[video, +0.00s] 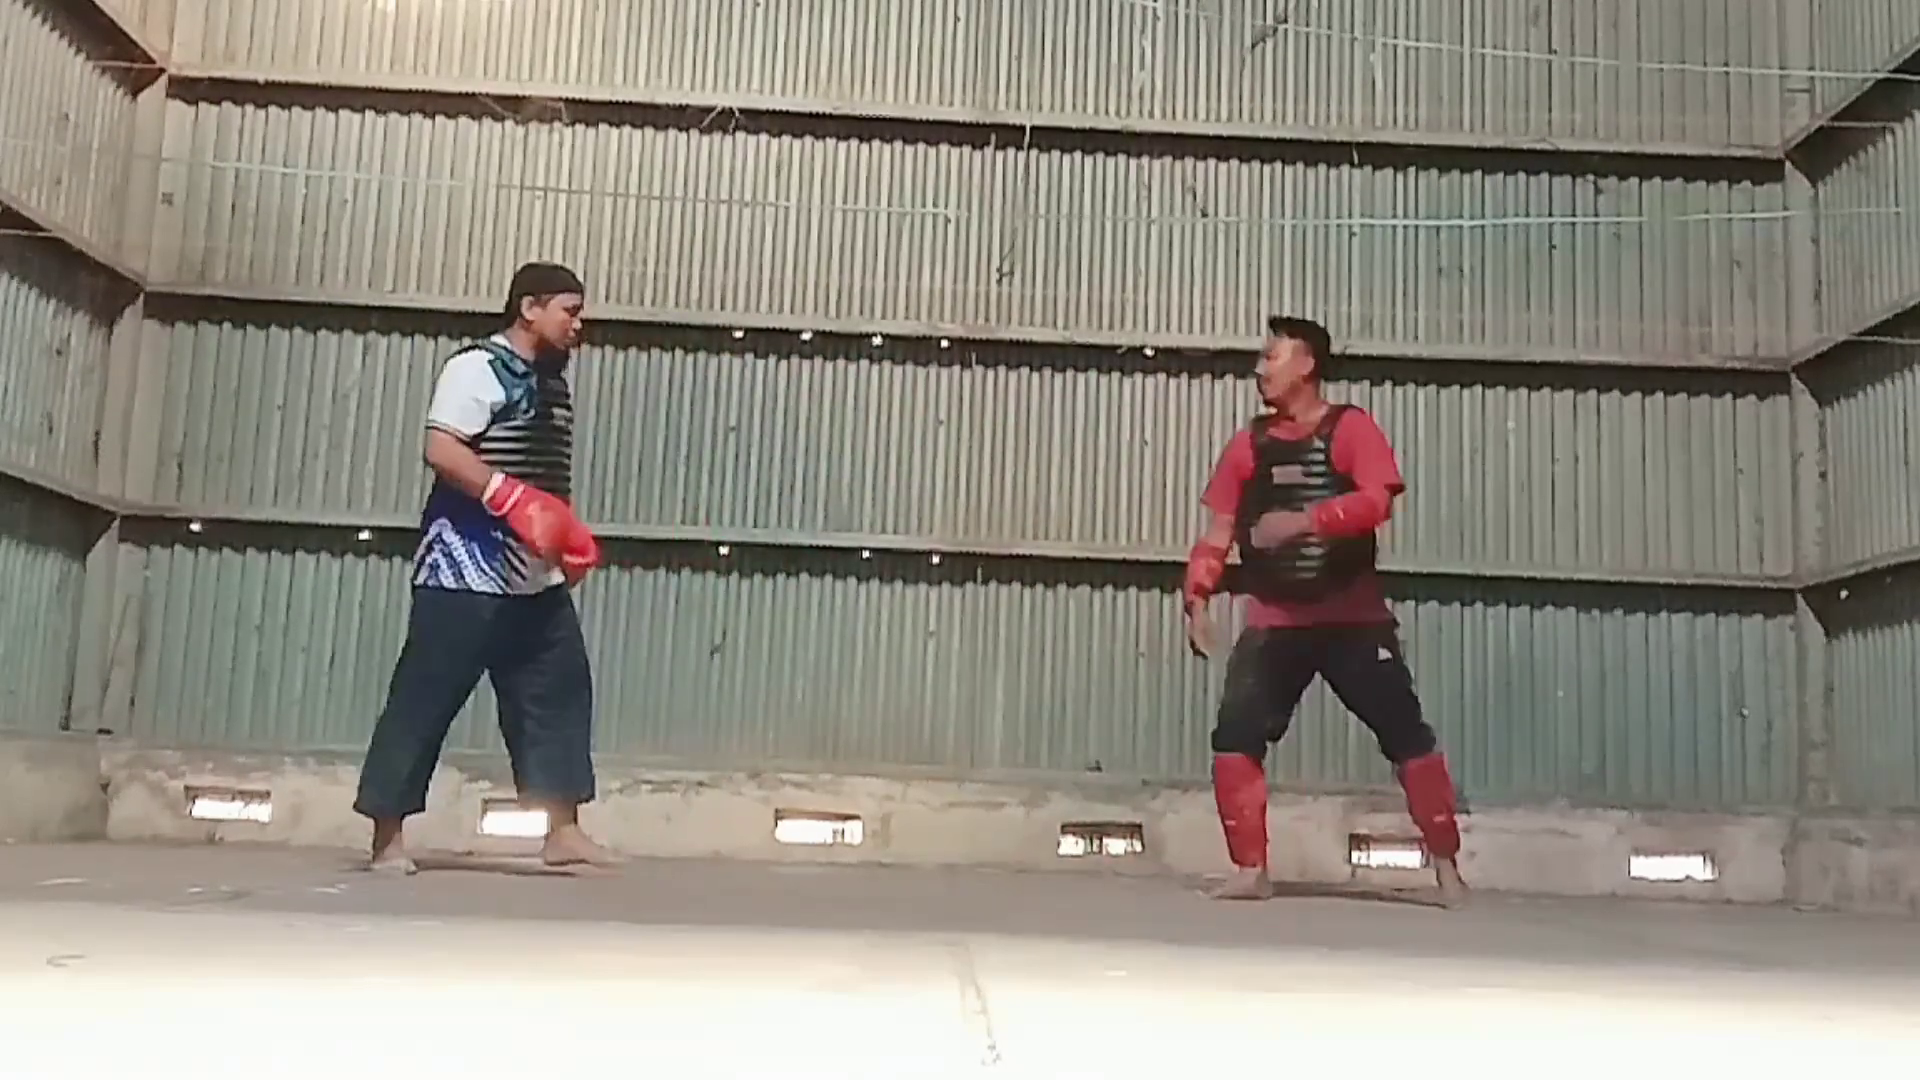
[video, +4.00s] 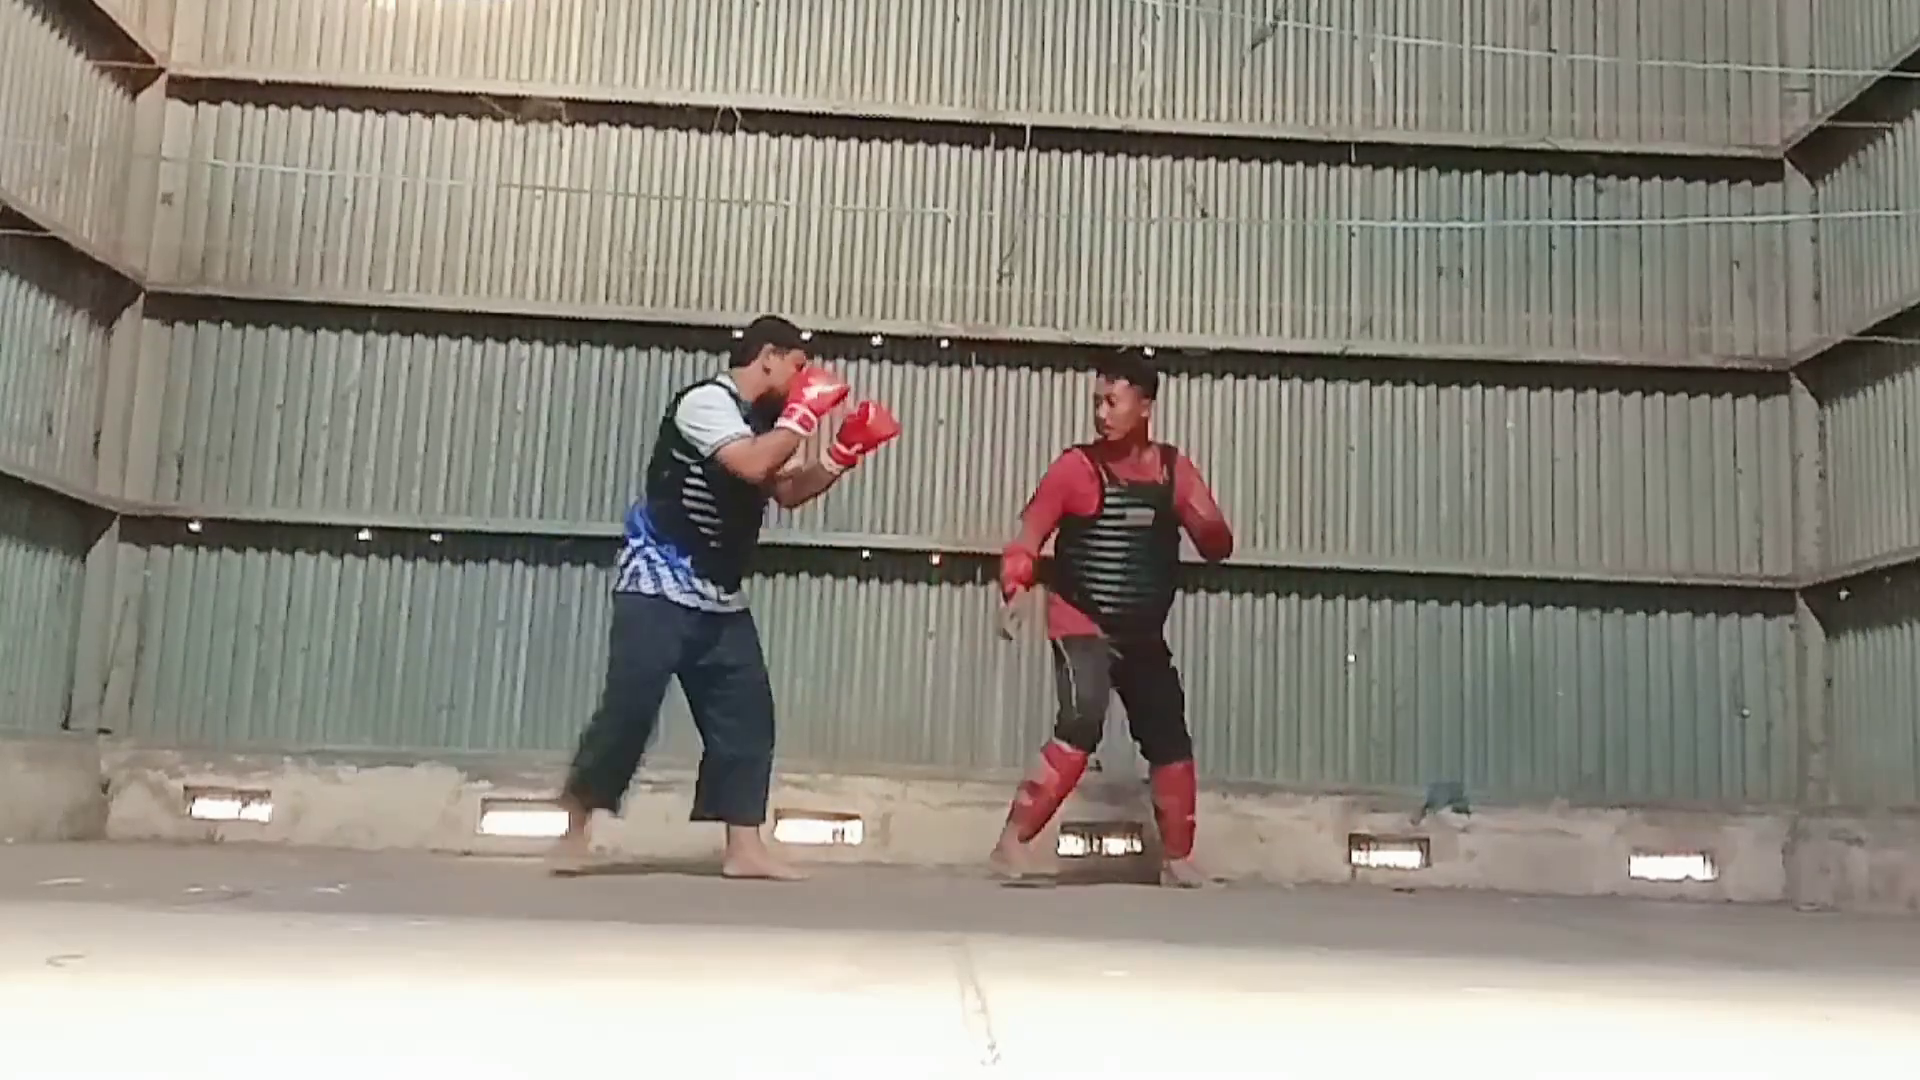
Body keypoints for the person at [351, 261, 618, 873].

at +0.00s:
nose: (579, 324)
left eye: (581, 313)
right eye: (570, 310)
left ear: (543, 313)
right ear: (530, 308)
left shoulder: (555, 383)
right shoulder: (475, 369)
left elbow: (540, 476)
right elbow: (442, 448)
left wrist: (561, 535)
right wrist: (513, 499)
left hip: (534, 579)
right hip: (462, 576)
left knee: (558, 693)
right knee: (424, 700)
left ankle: (564, 833)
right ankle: (387, 840)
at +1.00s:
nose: (701, 347)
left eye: (704, 337)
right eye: (696, 335)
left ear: (672, 333)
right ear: (658, 327)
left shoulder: (668, 396)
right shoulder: (604, 384)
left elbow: (679, 469)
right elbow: (649, 453)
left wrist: (724, 422)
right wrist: (700, 401)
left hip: (650, 577)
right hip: (582, 571)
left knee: (695, 691)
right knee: (571, 696)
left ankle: (690, 839)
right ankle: (532, 844)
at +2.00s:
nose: (776, 370)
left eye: (780, 360)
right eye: (771, 357)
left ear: (746, 355)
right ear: (735, 347)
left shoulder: (740, 425)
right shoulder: (673, 391)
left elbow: (779, 491)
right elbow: (705, 455)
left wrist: (839, 445)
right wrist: (763, 403)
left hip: (698, 588)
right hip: (631, 573)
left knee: (729, 706)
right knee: (601, 699)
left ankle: (751, 848)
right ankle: (547, 845)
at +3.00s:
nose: (573, 406)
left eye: (577, 396)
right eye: (567, 393)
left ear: (546, 386)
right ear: (530, 380)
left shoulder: (557, 445)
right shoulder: (456, 435)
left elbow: (587, 496)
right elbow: (466, 516)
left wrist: (619, 475)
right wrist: (540, 476)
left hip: (530, 623)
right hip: (441, 623)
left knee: (591, 708)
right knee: (395, 721)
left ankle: (627, 849)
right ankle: (312, 836)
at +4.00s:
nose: (802, 376)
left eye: (803, 367)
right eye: (798, 364)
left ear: (766, 361)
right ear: (767, 358)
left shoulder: (764, 423)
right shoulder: (704, 402)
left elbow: (788, 492)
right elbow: (753, 465)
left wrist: (843, 456)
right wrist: (806, 409)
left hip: (720, 594)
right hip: (658, 581)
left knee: (746, 712)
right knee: (631, 703)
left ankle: (744, 847)